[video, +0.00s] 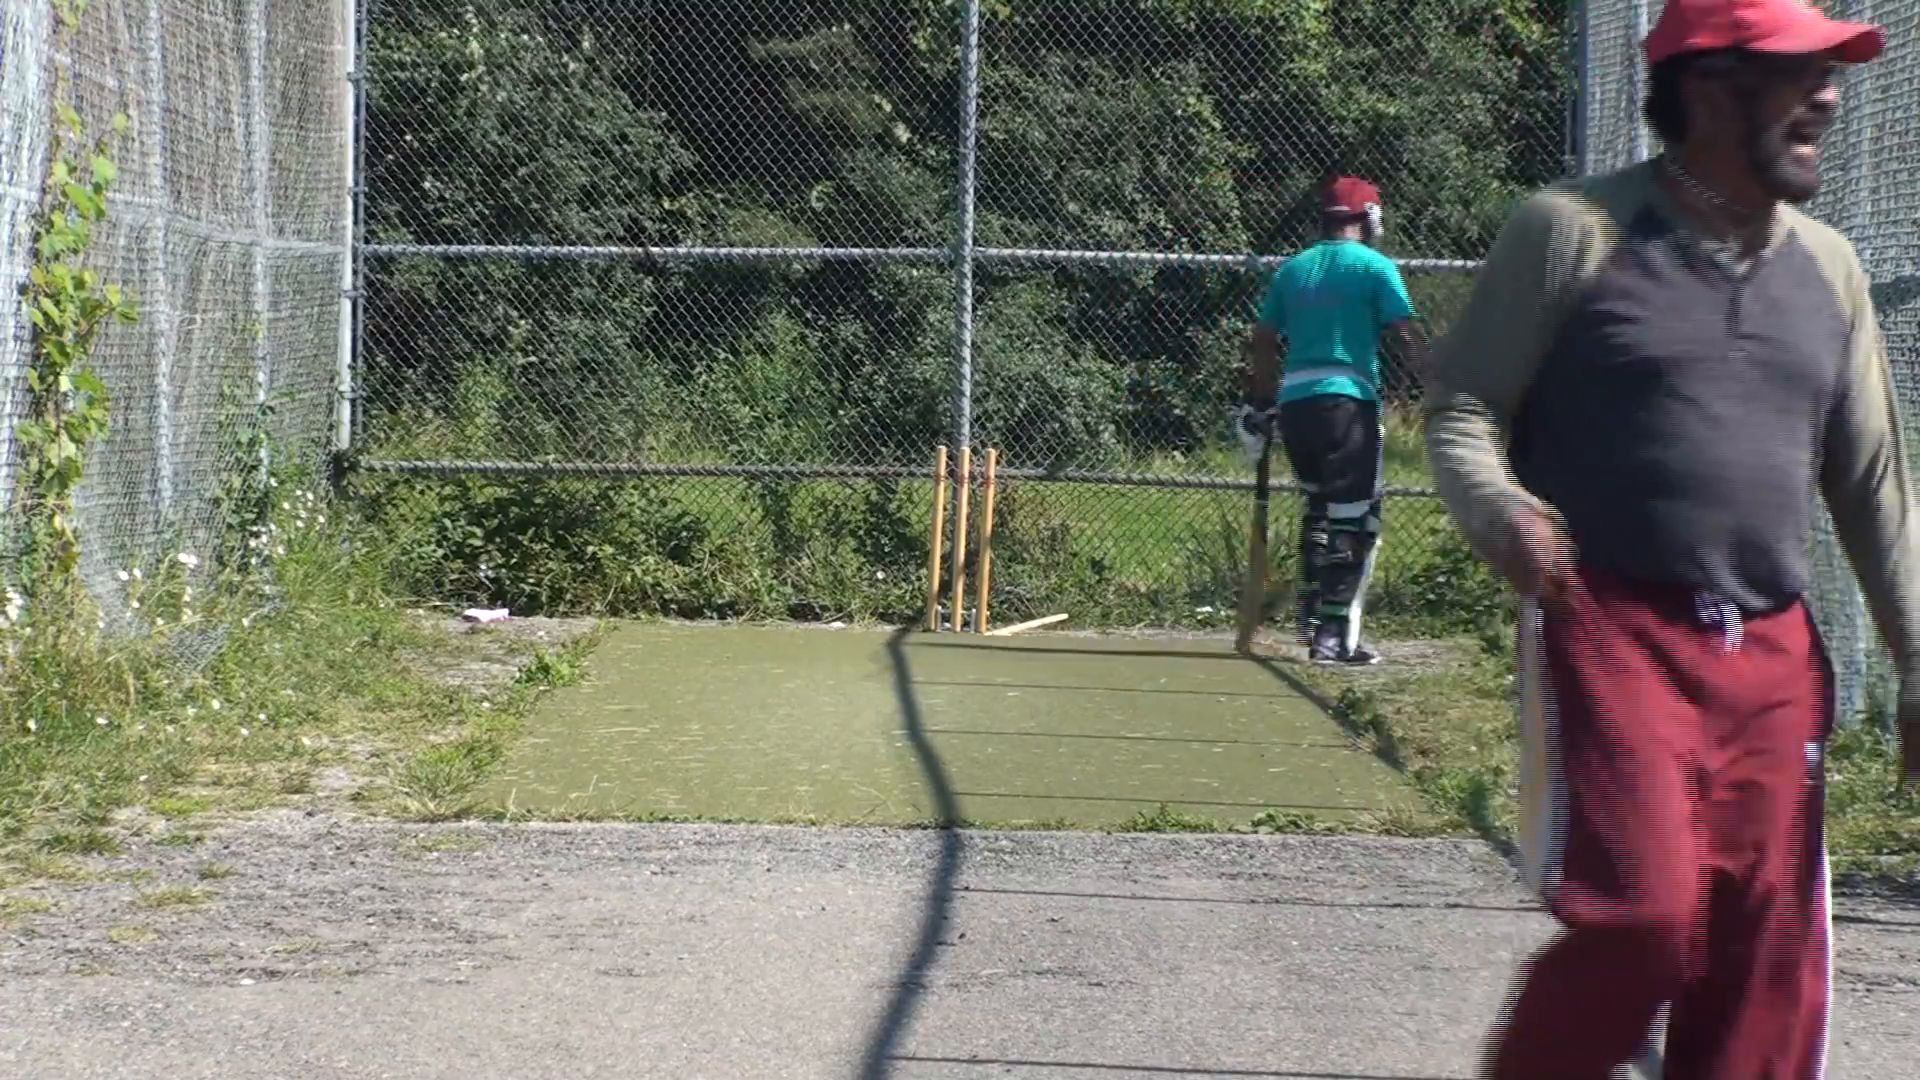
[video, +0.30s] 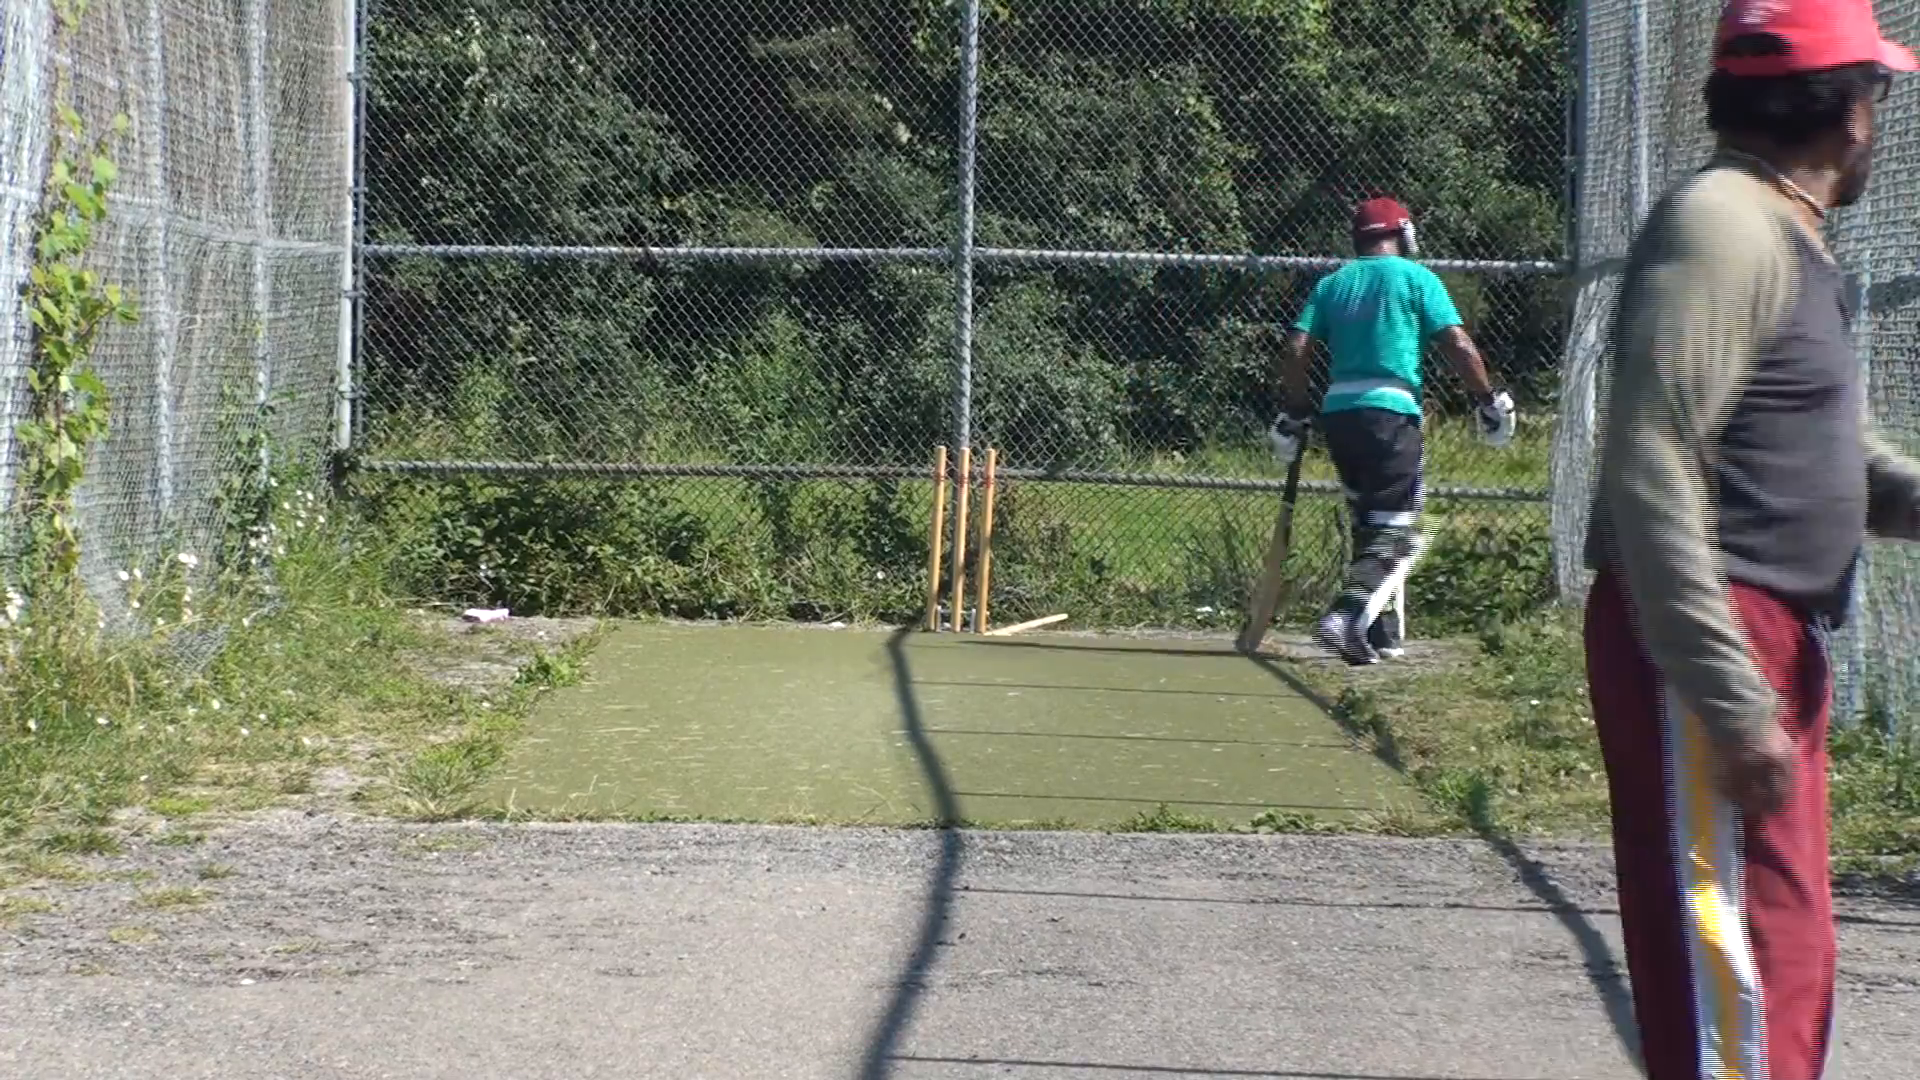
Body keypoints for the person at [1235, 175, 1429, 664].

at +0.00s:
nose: (1380, 227)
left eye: (1377, 220)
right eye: (1377, 220)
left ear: (1327, 222)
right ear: (1367, 221)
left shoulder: (1293, 268)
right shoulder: (1376, 265)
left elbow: (1261, 342)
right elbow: (1407, 338)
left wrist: (1259, 405)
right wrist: (1436, 389)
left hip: (1295, 406)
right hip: (1346, 403)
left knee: (1318, 505)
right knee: (1350, 519)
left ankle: (1312, 616)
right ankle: (1331, 637)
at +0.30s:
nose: (1414, 243)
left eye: (1410, 236)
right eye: (1411, 236)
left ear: (1359, 242)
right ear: (1401, 238)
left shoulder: (1331, 282)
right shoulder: (1417, 278)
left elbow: (1297, 350)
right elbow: (1458, 344)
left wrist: (1293, 412)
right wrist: (1488, 400)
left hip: (1337, 416)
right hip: (1390, 415)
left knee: (1367, 520)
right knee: (1396, 526)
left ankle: (1378, 629)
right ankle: (1343, 617)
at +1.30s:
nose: (1454, 442)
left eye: (1454, 435)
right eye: (1453, 436)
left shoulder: (1451, 367)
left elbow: (1422, 364)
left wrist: (1391, 422)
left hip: (1501, 408)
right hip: (1545, 411)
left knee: (1484, 519)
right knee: (1521, 519)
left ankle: (1488, 621)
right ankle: (1529, 610)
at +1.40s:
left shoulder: (1455, 381)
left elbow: (1427, 368)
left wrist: (1392, 425)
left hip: (1504, 411)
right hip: (1559, 413)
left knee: (1489, 516)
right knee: (1525, 511)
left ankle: (1498, 617)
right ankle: (1539, 609)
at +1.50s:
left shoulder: (1456, 393)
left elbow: (1431, 370)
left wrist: (1395, 425)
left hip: (1500, 413)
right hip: (1558, 418)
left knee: (1490, 517)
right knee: (1527, 513)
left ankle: (1497, 616)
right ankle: (1537, 609)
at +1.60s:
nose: (1461, 489)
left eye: (1454, 481)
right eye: (1455, 484)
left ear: (1451, 458)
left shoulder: (1455, 396)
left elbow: (1433, 371)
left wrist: (1396, 427)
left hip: (1499, 414)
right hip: (1555, 420)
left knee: (1488, 517)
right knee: (1526, 514)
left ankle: (1495, 617)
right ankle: (1536, 609)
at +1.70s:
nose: (1457, 479)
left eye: (1448, 472)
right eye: (1452, 475)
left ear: (1446, 443)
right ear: (1459, 444)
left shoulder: (1454, 393)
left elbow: (1431, 369)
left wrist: (1396, 427)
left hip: (1498, 410)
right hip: (1554, 415)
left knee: (1485, 513)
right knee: (1525, 513)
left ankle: (1494, 614)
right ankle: (1537, 609)